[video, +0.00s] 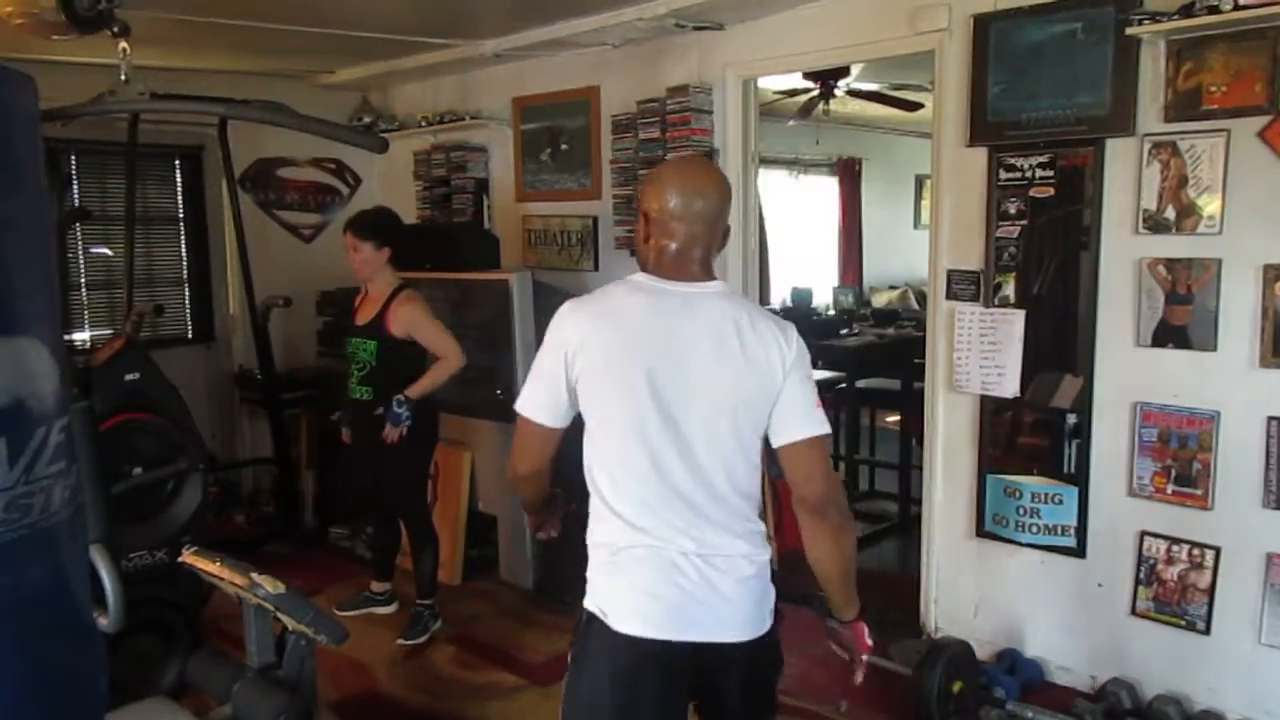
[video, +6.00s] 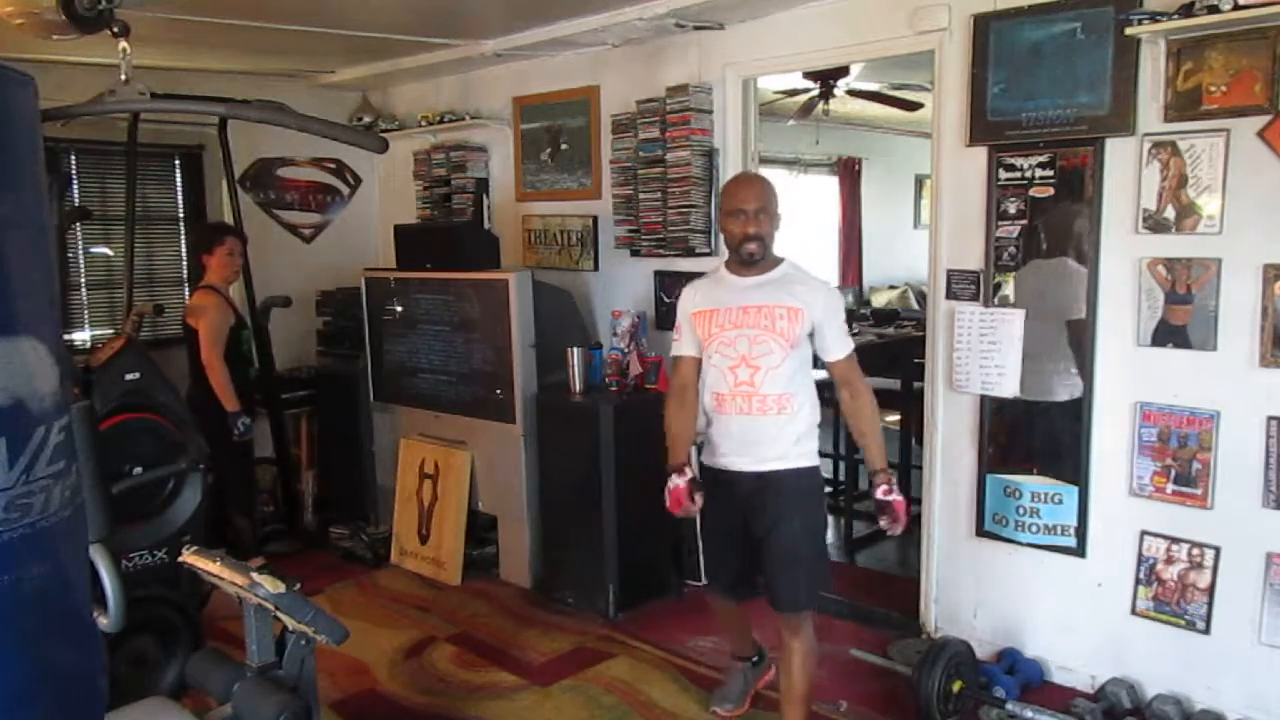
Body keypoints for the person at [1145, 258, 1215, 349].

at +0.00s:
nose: (1181, 273)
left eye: (1184, 269)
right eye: (1178, 269)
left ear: (1189, 272)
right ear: (1173, 272)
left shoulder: (1191, 287)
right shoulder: (1168, 286)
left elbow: (1213, 270)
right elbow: (1151, 266)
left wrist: (1198, 260)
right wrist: (1166, 261)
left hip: (1182, 329)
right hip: (1165, 327)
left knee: (1189, 357)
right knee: (1154, 356)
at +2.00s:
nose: (1180, 273)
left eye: (1183, 269)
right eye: (1176, 269)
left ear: (1188, 272)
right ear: (1172, 272)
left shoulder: (1192, 288)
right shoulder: (1168, 286)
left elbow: (1213, 268)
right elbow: (1151, 266)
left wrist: (1198, 262)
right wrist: (1166, 262)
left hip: (1181, 329)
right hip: (1164, 328)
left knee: (1189, 358)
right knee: (1154, 357)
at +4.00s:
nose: (1185, 272)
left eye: (1187, 269)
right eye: (1182, 269)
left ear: (1189, 272)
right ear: (1176, 271)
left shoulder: (1192, 287)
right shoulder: (1168, 286)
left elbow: (1213, 269)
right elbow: (1151, 266)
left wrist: (1196, 262)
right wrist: (1164, 260)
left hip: (1181, 329)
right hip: (1164, 327)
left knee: (1191, 358)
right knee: (1154, 356)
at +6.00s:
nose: (1181, 272)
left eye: (1184, 269)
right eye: (1178, 269)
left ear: (1188, 272)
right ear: (1173, 271)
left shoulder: (1192, 287)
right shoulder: (1168, 286)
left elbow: (1213, 268)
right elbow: (1151, 265)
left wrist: (1194, 262)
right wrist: (1166, 261)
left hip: (1181, 329)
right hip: (1165, 327)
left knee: (1189, 358)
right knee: (1155, 356)